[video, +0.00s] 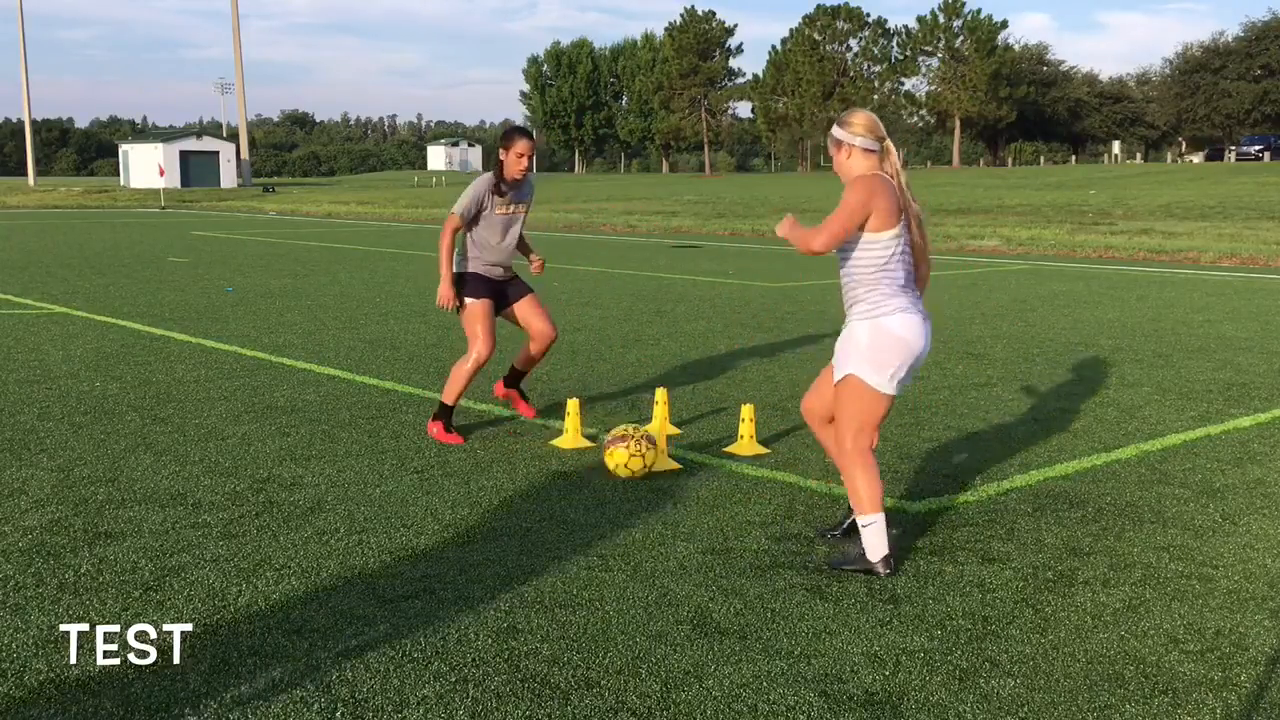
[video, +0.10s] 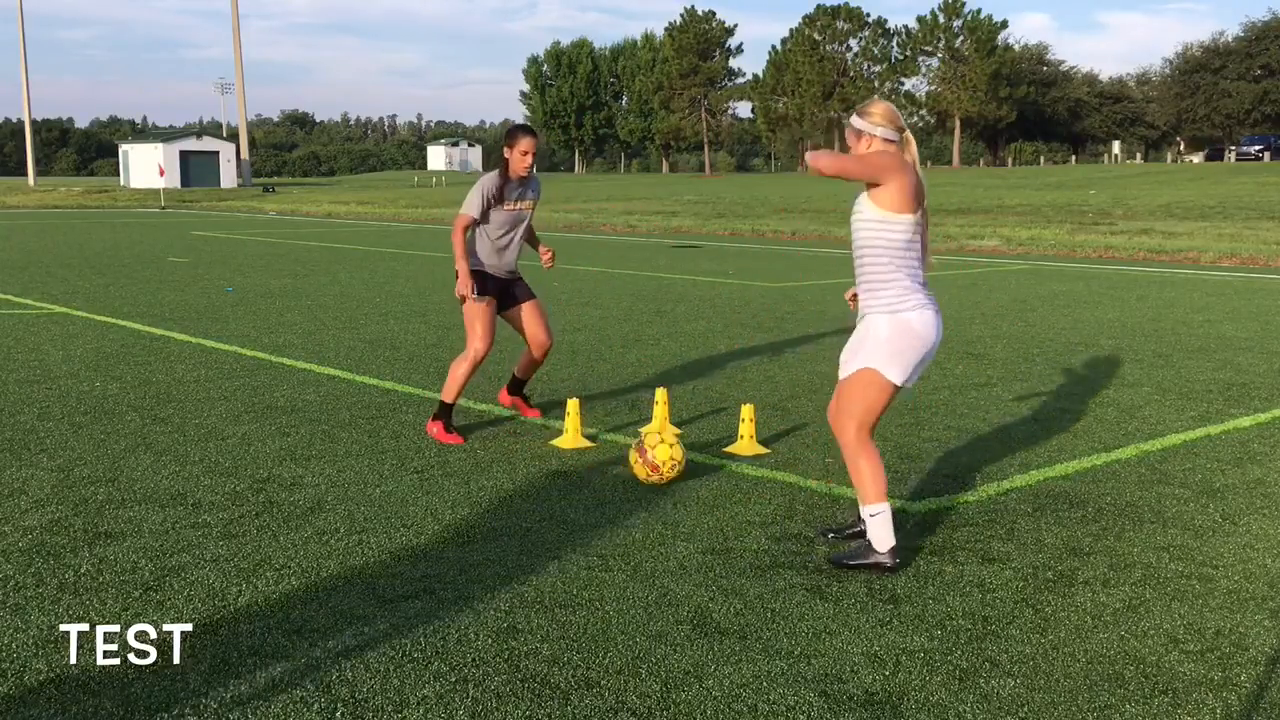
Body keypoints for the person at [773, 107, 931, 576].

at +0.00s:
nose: (832, 161)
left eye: (833, 152)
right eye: (832, 152)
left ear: (847, 149)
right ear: (873, 150)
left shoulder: (864, 187)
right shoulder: (894, 192)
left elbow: (821, 242)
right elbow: (921, 265)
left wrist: (792, 231)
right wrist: (901, 308)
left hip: (881, 327)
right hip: (901, 323)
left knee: (855, 440)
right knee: (815, 407)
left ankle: (877, 554)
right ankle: (865, 506)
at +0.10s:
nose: (849, 146)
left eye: (853, 137)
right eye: (849, 138)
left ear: (871, 136)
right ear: (888, 138)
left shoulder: (892, 165)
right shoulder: (901, 178)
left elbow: (819, 163)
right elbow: (917, 261)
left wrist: (818, 158)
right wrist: (868, 288)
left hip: (903, 319)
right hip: (890, 316)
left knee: (851, 423)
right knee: (840, 413)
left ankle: (882, 546)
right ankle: (872, 519)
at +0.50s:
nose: (895, 177)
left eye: (895, 167)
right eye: (893, 168)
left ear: (915, 158)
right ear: (926, 157)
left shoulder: (937, 199)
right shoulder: (959, 195)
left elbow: (930, 271)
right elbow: (1003, 248)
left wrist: (887, 312)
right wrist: (1040, 290)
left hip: (946, 328)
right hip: (934, 326)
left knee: (893, 428)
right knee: (848, 386)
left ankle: (949, 521)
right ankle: (809, 486)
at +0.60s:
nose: (905, 179)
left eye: (904, 168)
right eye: (902, 170)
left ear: (922, 160)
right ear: (940, 158)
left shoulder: (942, 202)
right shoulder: (971, 195)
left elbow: (935, 268)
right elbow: (1009, 253)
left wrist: (891, 313)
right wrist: (1014, 289)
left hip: (954, 327)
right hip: (962, 325)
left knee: (897, 422)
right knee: (864, 379)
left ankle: (950, 521)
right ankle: (823, 476)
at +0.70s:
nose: (912, 162)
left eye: (913, 154)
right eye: (911, 154)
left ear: (930, 148)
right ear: (952, 147)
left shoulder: (945, 184)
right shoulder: (981, 182)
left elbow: (940, 230)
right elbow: (1025, 225)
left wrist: (893, 271)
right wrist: (986, 253)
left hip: (959, 314)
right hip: (984, 313)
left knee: (914, 418)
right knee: (895, 370)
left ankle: (950, 521)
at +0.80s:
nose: (921, 143)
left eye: (921, 135)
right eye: (921, 135)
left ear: (933, 134)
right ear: (963, 134)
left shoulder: (941, 172)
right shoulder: (992, 169)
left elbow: (944, 225)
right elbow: (1035, 218)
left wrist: (918, 277)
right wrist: (1040, 261)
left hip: (969, 296)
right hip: (998, 292)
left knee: (937, 404)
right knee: (946, 377)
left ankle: (967, 512)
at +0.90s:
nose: (928, 155)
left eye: (929, 148)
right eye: (929, 148)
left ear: (938, 147)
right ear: (973, 147)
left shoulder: (938, 193)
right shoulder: (1003, 186)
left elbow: (933, 261)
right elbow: (1035, 243)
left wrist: (917, 307)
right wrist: (1064, 289)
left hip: (970, 304)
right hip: (1012, 295)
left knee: (972, 414)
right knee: (984, 390)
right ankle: (1032, 464)